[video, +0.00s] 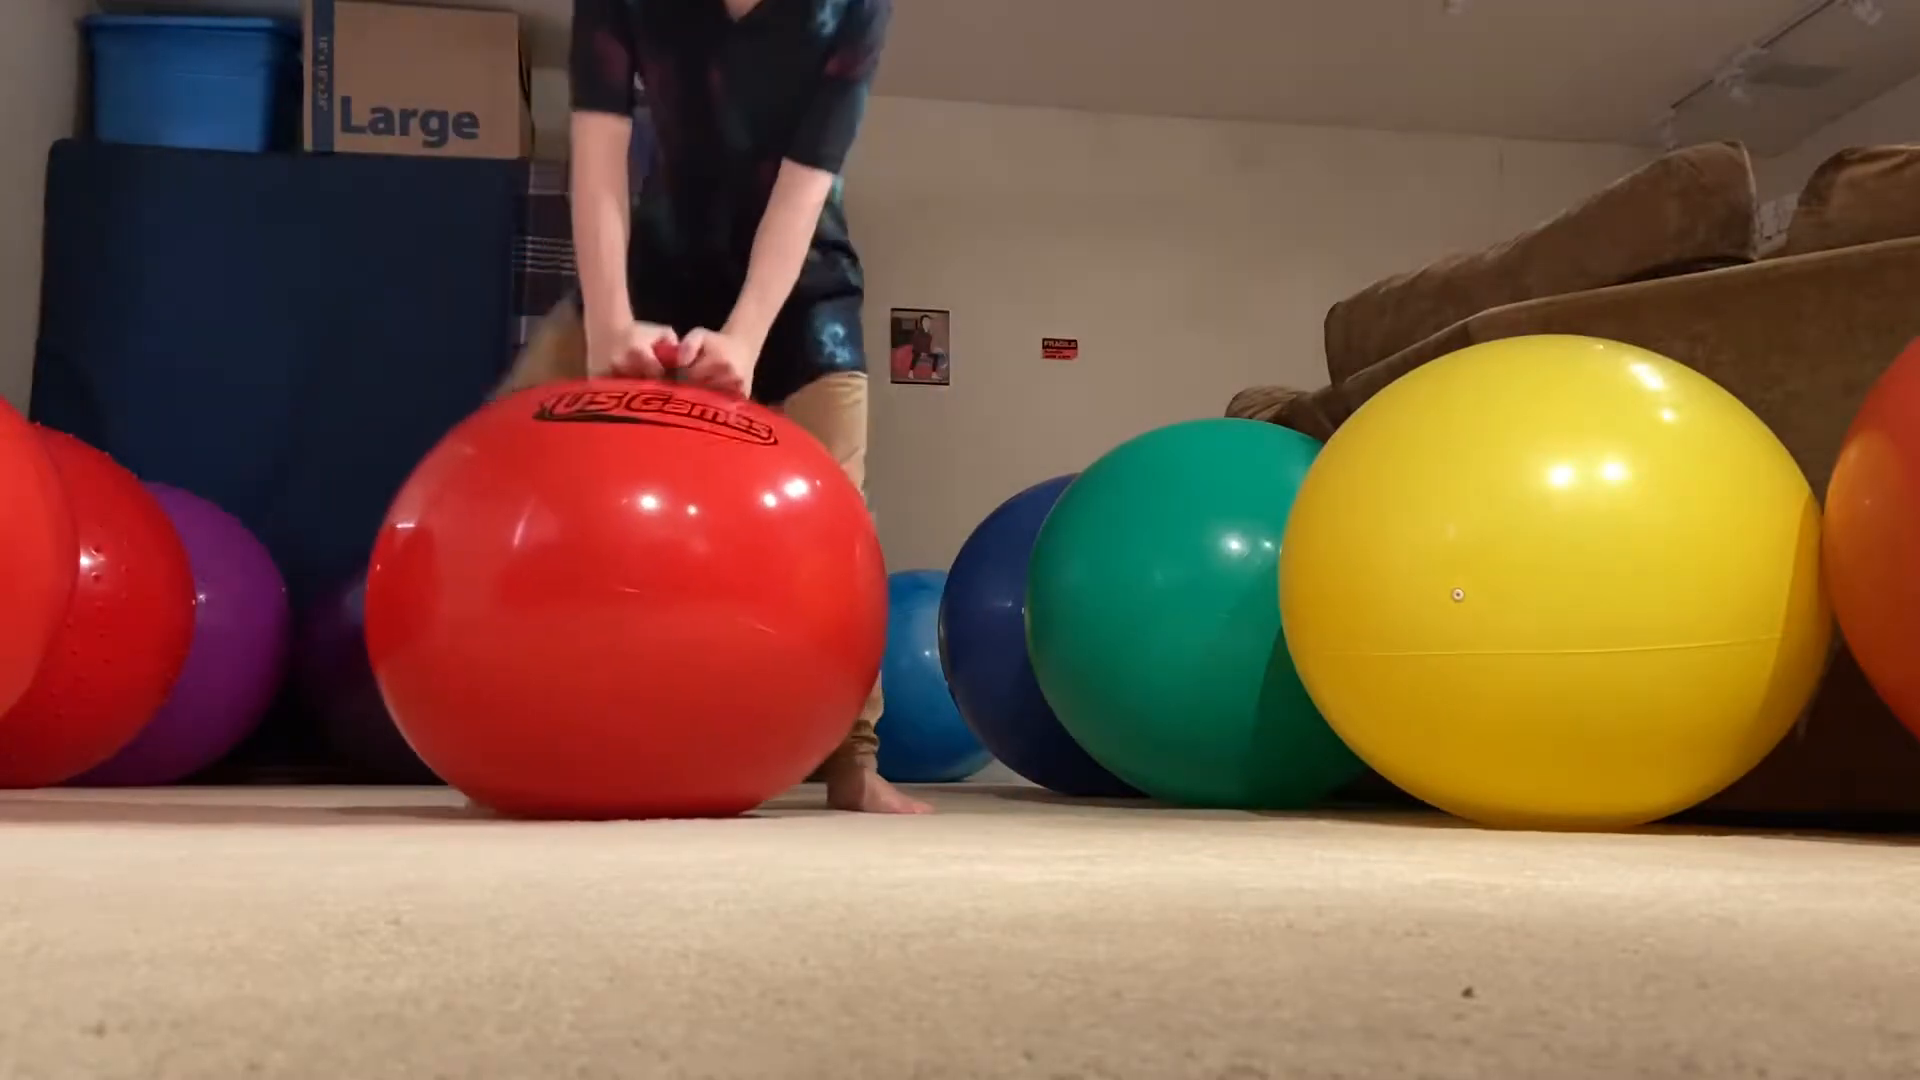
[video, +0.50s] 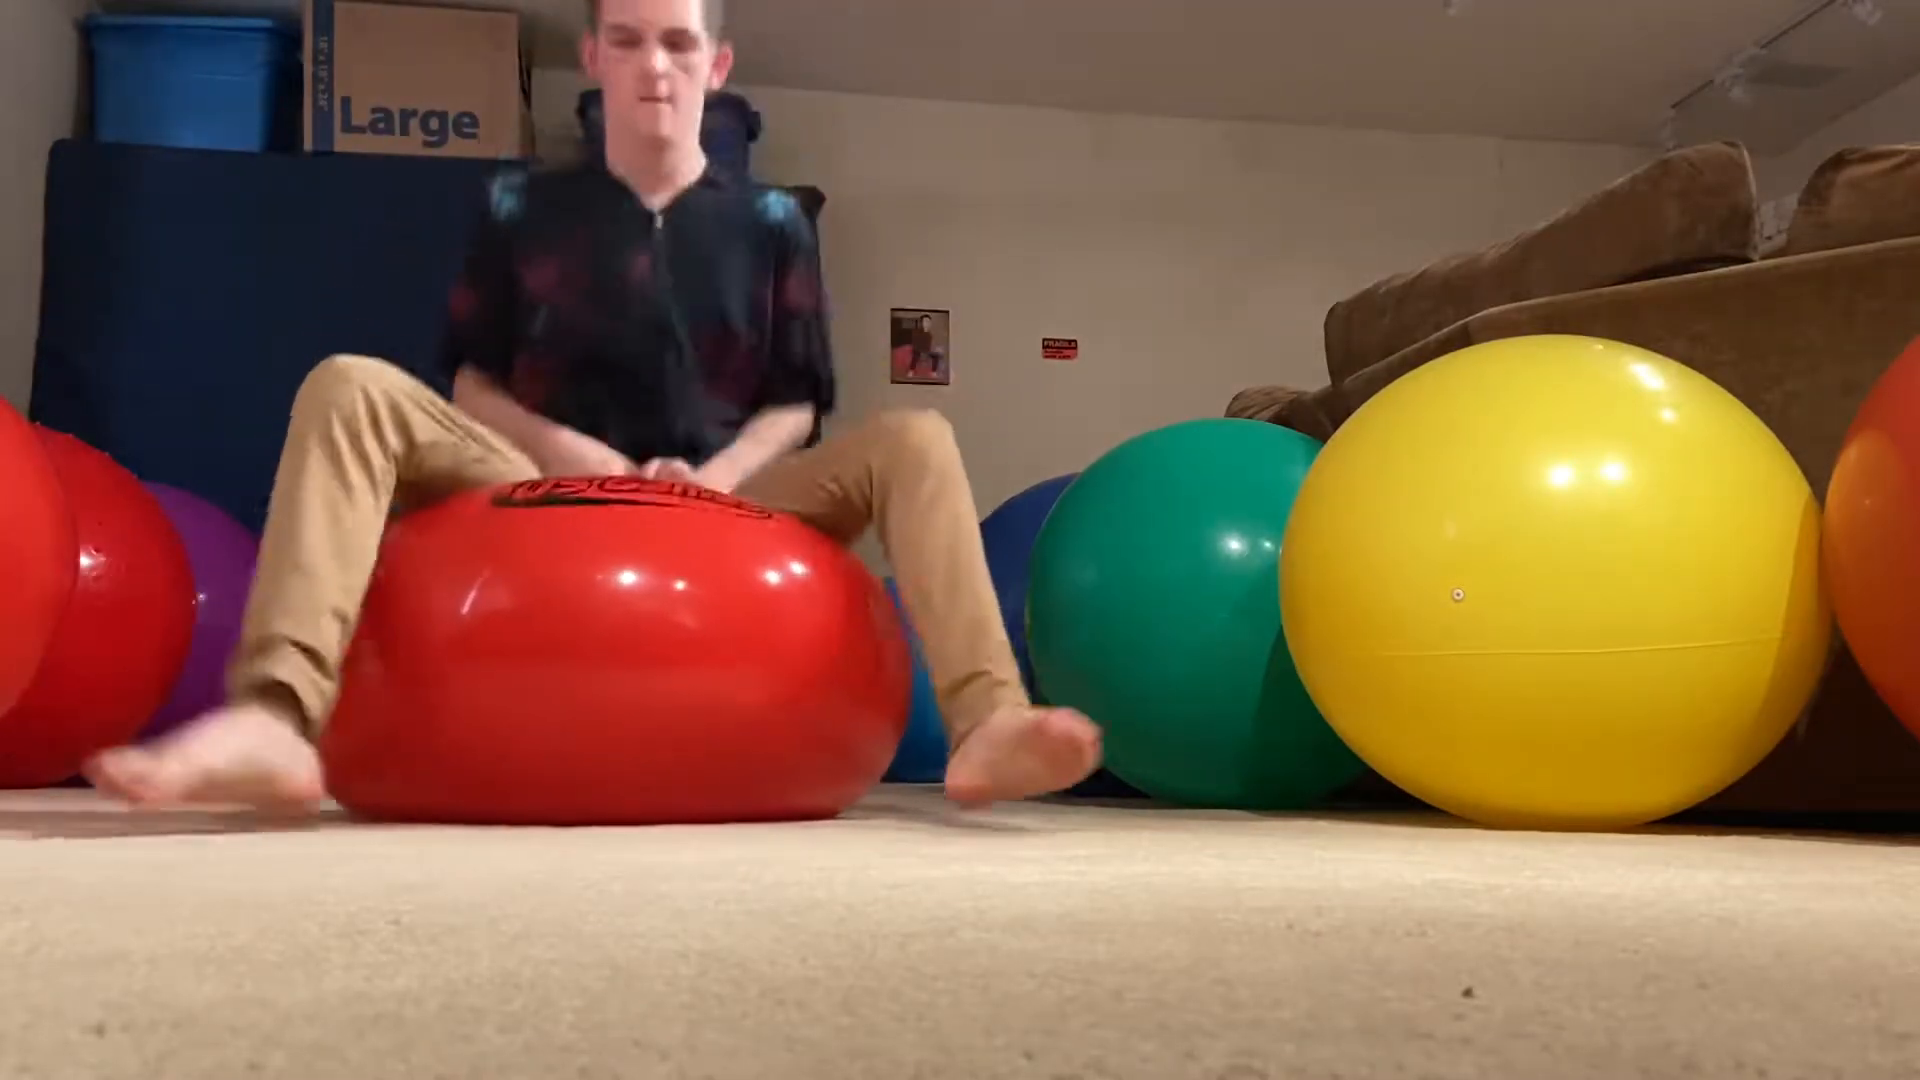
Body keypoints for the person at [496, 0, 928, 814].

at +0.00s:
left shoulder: (852, 11)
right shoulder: (614, 4)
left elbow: (801, 194)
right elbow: (599, 165)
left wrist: (742, 338)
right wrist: (610, 323)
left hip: (796, 262)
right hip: (649, 251)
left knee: (833, 517)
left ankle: (852, 767)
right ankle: (521, 740)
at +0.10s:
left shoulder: (827, 13)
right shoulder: (605, 5)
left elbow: (797, 138)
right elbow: (603, 121)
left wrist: (753, 290)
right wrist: (618, 273)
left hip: (795, 242)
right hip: (634, 225)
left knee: (880, 448)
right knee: (459, 320)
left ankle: (882, 720)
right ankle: (391, 620)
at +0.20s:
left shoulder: (809, 6)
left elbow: (796, 126)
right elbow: (582, 100)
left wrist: (754, 280)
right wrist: (616, 255)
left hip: (769, 239)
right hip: (610, 219)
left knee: (937, 363)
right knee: (422, 242)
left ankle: (926, 657)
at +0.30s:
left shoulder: (815, 6)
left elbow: (825, 155)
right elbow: (536, 124)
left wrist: (751, 286)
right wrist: (601, 264)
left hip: (754, 281)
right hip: (589, 265)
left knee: (946, 333)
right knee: (404, 245)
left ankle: (961, 647)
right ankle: (226, 536)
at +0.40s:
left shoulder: (787, 97)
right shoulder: (549, 61)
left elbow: (820, 272)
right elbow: (495, 254)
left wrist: (734, 355)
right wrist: (578, 337)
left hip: (723, 386)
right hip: (562, 364)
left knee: (933, 386)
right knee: (373, 319)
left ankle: (996, 692)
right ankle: (214, 625)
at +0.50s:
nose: (653, 66)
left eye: (677, 44)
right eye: (628, 43)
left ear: (718, 68)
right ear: (590, 64)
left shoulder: (774, 226)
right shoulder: (519, 208)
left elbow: (803, 401)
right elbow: (467, 387)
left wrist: (730, 473)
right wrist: (560, 451)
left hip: (726, 489)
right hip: (549, 481)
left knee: (913, 437)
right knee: (347, 390)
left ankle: (986, 728)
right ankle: (275, 724)